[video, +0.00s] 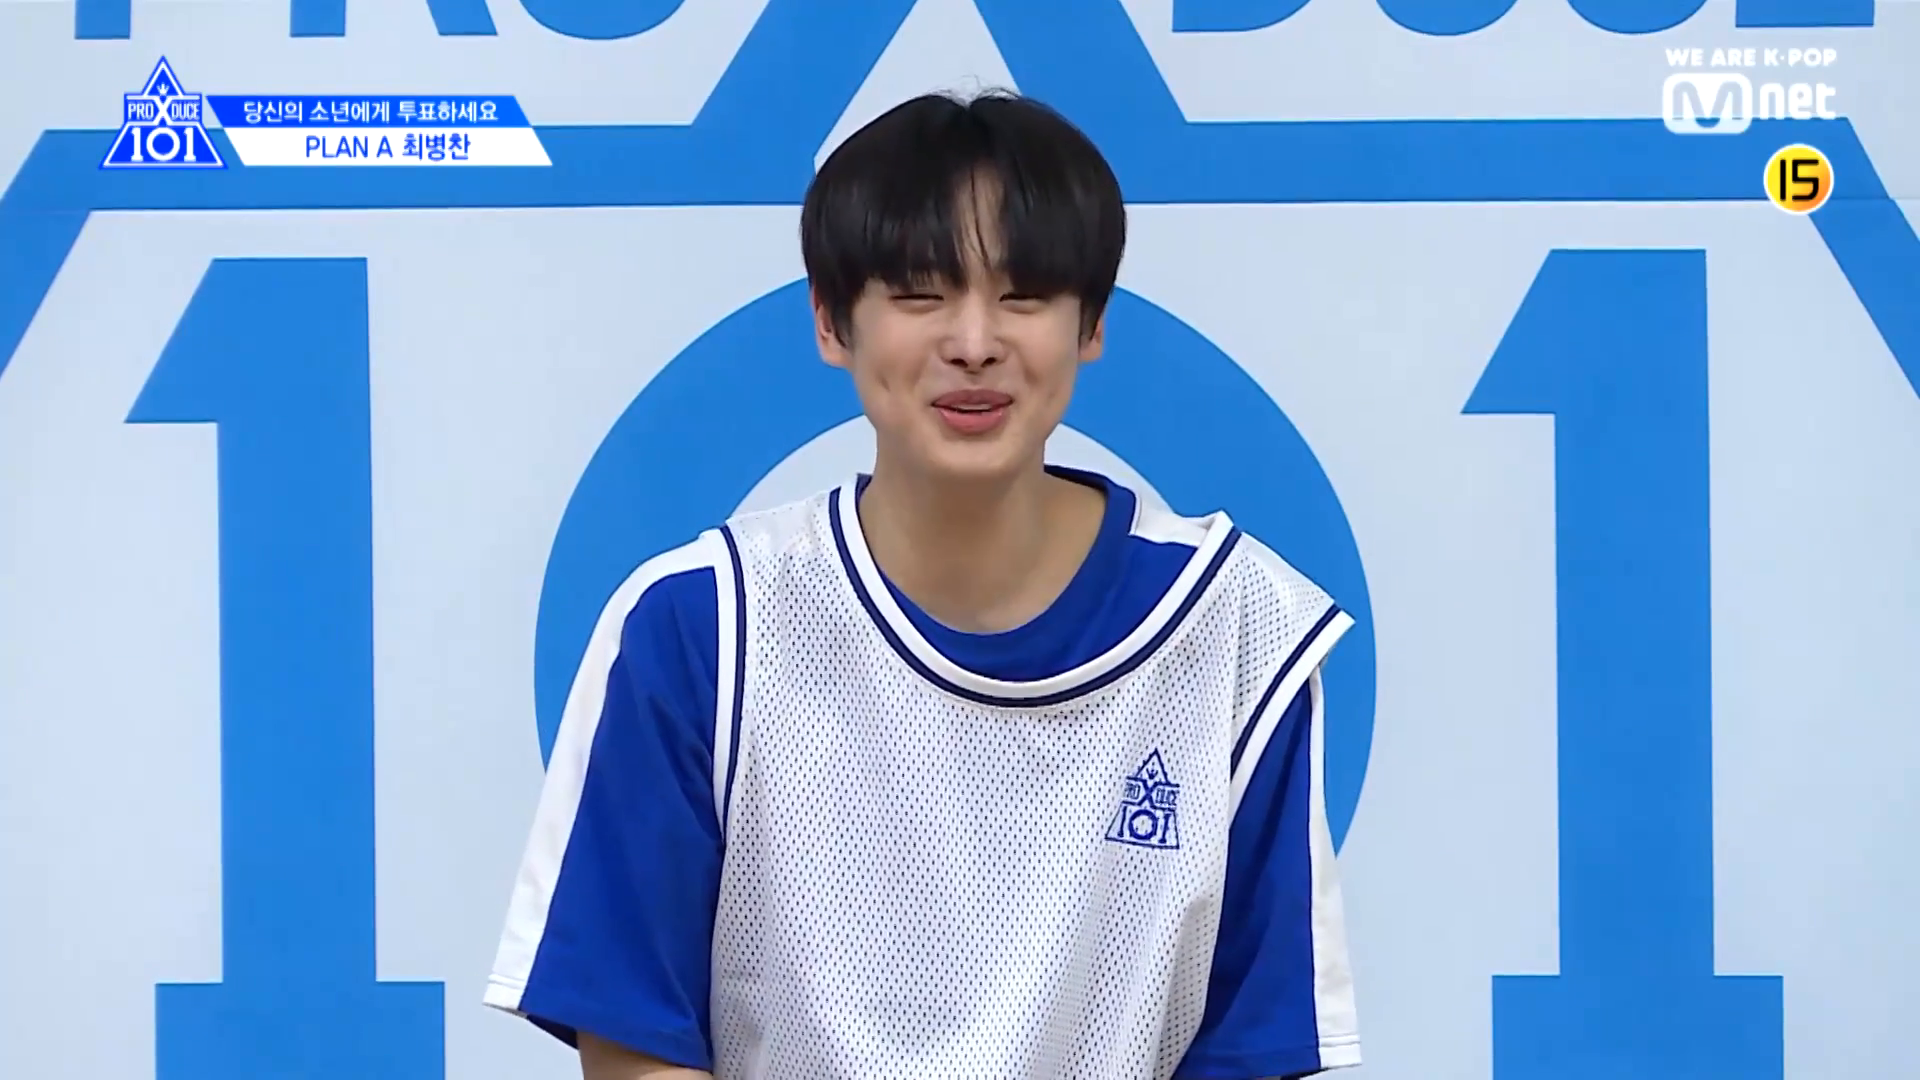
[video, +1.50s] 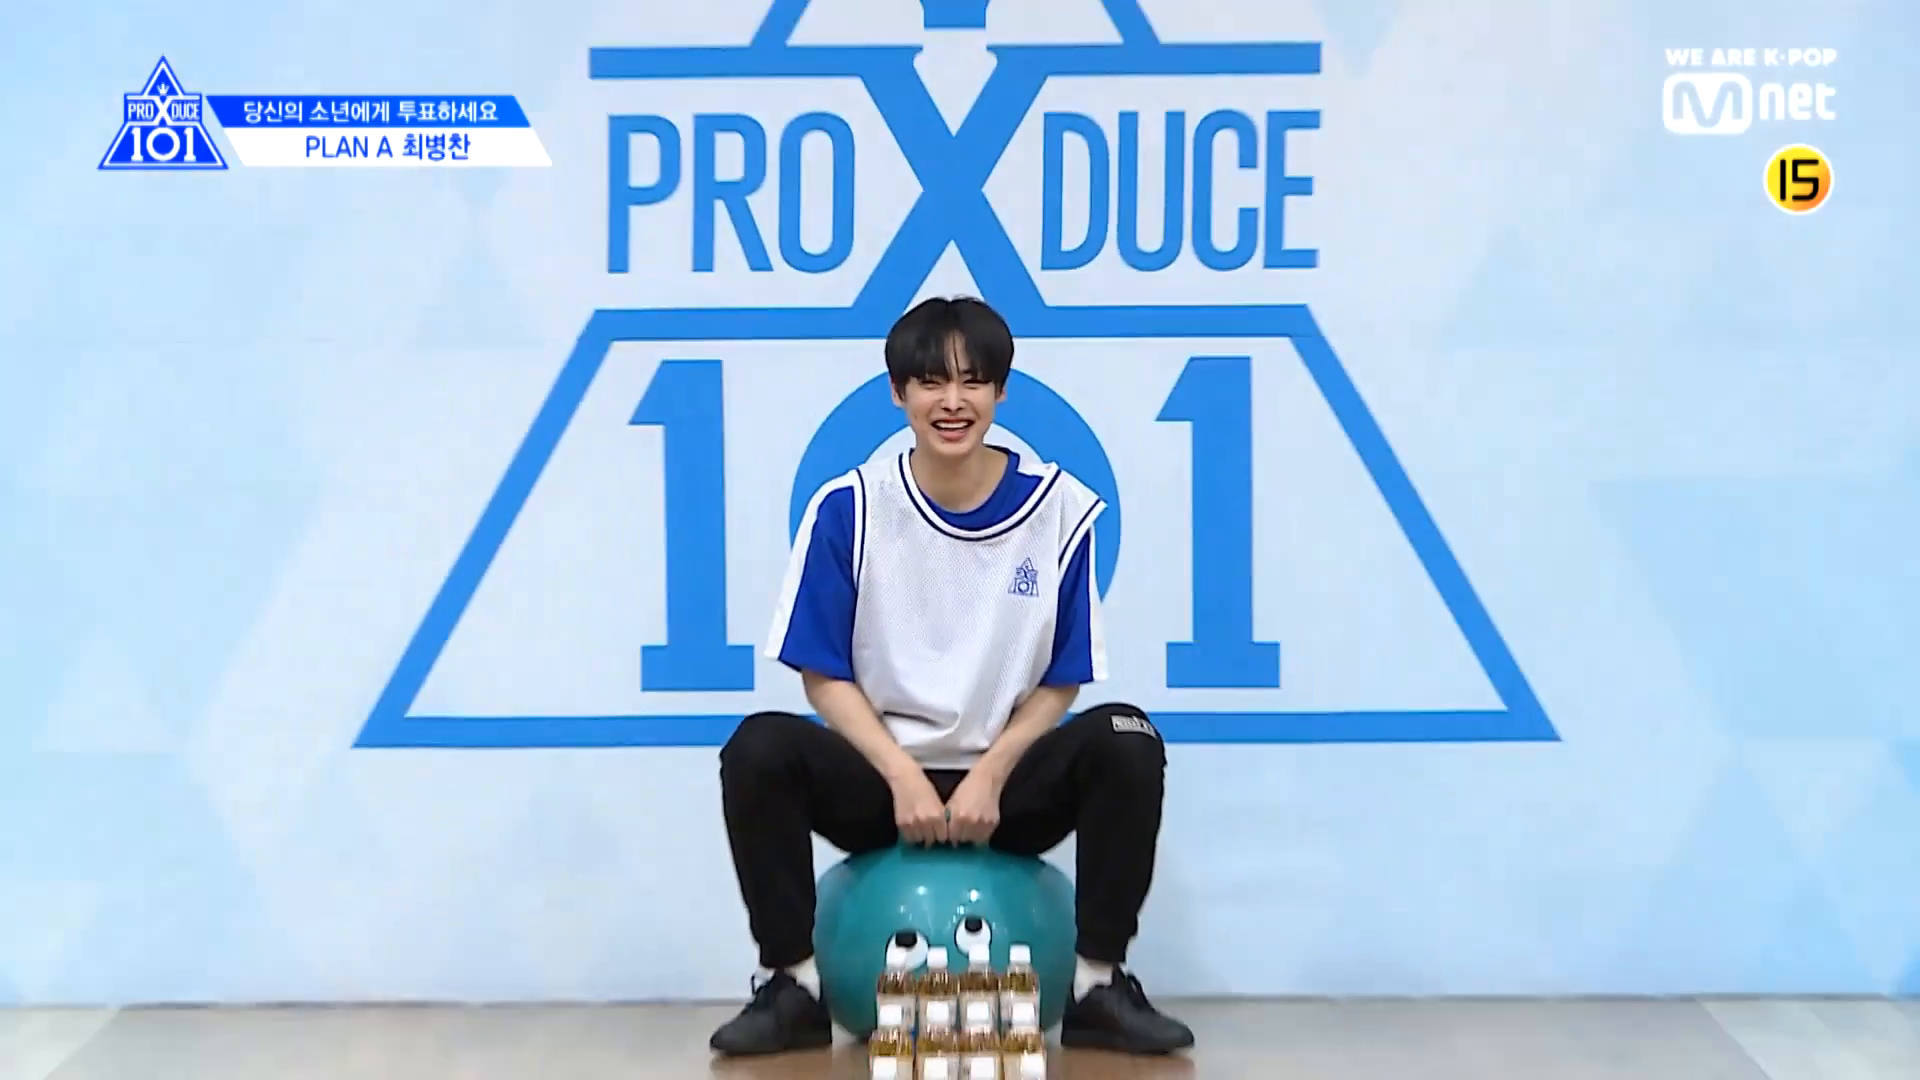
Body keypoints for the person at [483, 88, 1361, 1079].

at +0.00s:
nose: (974, 342)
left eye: (1025, 292)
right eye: (922, 288)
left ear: (1088, 331)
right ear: (836, 326)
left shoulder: (1242, 636)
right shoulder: (689, 631)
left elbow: (1264, 1048)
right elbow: (629, 1038)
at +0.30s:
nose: (991, 307)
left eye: (1040, 265)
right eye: (936, 261)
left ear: (1098, 321)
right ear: (844, 312)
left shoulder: (1252, 647)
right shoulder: (692, 637)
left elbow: (1266, 1054)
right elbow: (632, 1044)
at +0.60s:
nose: (981, 326)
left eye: (1030, 280)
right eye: (929, 278)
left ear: (1088, 320)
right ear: (840, 314)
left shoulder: (1237, 631)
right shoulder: (694, 627)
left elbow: (1234, 1045)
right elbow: (640, 1026)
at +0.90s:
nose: (964, 377)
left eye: (999, 342)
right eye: (926, 340)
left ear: (1043, 362)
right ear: (864, 363)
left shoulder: (1154, 584)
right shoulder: (762, 579)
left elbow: (1156, 885)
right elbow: (719, 877)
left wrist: (1018, 1051)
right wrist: (862, 1050)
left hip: (1057, 1050)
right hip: (825, 1045)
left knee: (1271, 988)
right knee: (601, 1001)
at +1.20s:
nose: (956, 394)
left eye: (982, 368)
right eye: (928, 367)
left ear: (1017, 385)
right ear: (887, 385)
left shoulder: (1097, 540)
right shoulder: (814, 537)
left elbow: (1096, 765)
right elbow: (781, 756)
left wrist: (999, 890)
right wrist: (886, 891)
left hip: (1025, 910)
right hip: (856, 909)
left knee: (1179, 840)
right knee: (696, 853)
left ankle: (1152, 1072)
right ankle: (733, 1072)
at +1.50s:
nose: (953, 399)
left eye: (973, 379)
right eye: (931, 379)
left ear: (1000, 389)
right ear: (900, 391)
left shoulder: (1062, 509)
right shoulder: (847, 507)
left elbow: (1063, 677)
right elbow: (822, 672)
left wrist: (992, 771)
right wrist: (901, 773)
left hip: (1012, 779)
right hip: (879, 780)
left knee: (1129, 739)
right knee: (756, 747)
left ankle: (1100, 989)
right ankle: (792, 988)